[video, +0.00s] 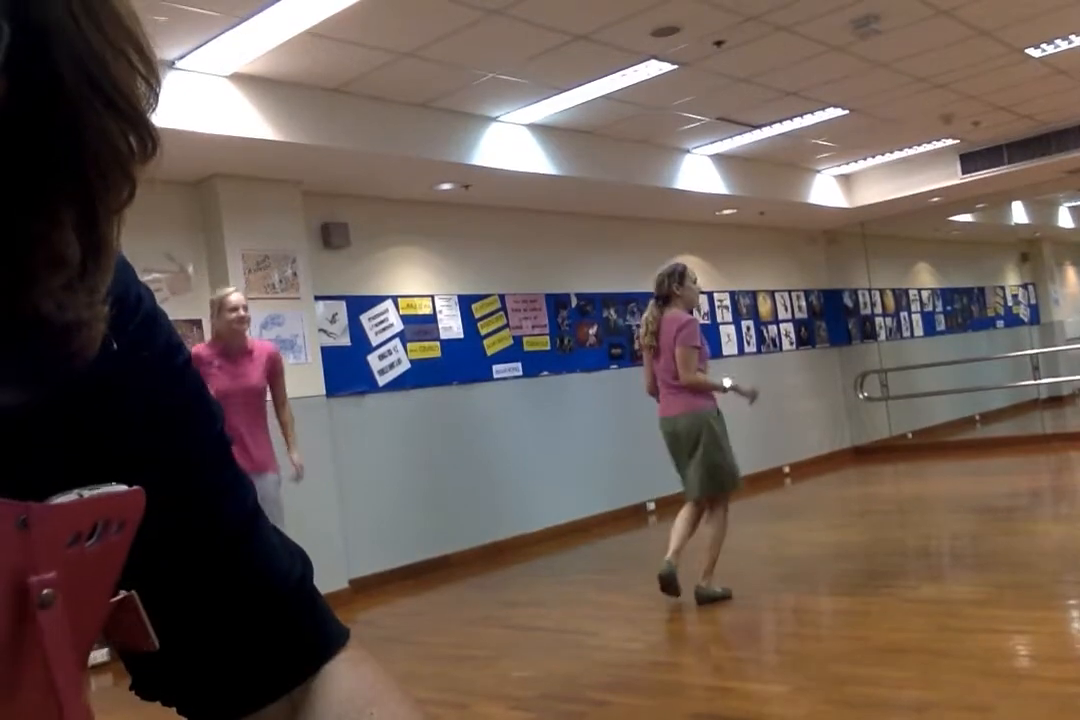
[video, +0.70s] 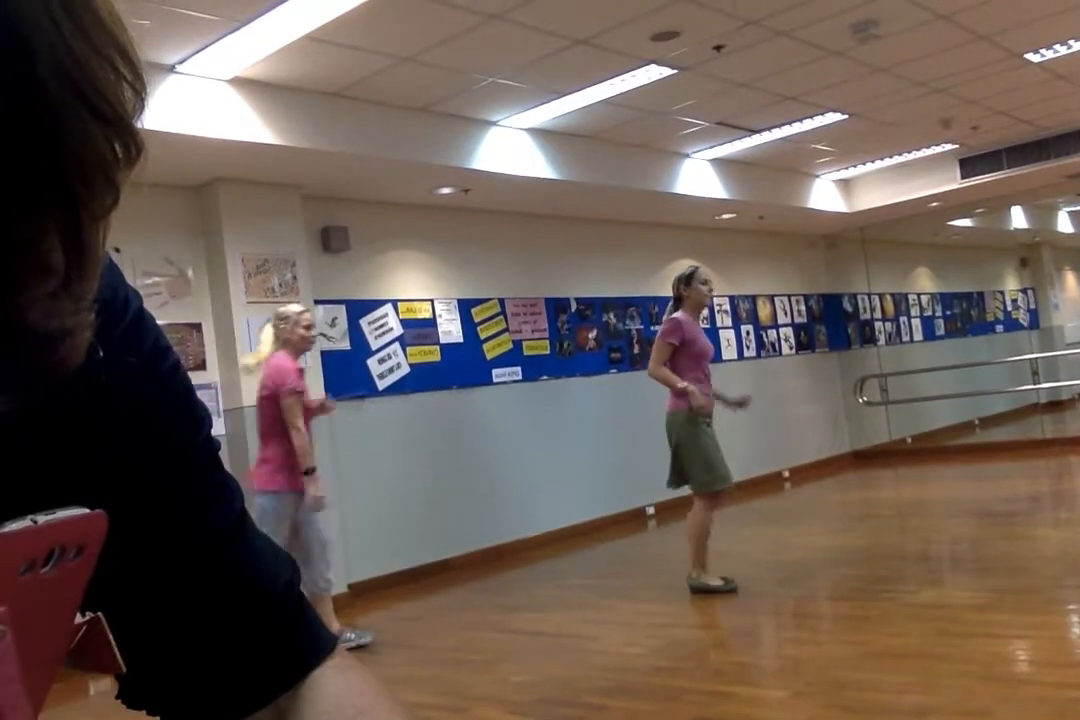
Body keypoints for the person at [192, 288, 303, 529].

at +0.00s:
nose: (241, 315)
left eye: (244, 308)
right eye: (233, 310)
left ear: (249, 313)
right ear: (216, 318)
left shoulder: (267, 353)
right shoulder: (199, 357)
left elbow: (281, 404)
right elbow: (194, 411)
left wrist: (292, 450)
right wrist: (201, 459)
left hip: (260, 460)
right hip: (220, 463)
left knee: (271, 536)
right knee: (230, 538)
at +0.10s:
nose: (246, 313)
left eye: (249, 307)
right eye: (237, 308)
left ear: (253, 311)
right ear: (220, 317)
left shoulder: (267, 351)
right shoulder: (202, 352)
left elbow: (281, 398)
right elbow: (192, 408)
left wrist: (287, 443)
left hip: (258, 454)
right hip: (219, 457)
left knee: (263, 530)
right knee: (226, 532)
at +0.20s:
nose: (248, 329)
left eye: (251, 322)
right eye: (239, 324)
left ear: (255, 326)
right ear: (222, 332)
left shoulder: (271, 370)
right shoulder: (205, 370)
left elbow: (279, 416)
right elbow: (198, 426)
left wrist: (289, 455)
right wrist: (209, 400)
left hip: (259, 476)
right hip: (221, 477)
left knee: (259, 547)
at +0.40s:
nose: (267, 339)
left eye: (268, 333)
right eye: (259, 333)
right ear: (236, 337)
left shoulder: (263, 378)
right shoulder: (221, 380)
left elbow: (261, 439)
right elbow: (233, 436)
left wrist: (278, 475)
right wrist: (266, 415)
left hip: (265, 487)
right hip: (237, 495)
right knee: (248, 563)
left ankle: (265, 571)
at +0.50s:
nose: (279, 334)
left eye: (280, 328)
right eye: (272, 329)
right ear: (250, 332)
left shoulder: (263, 370)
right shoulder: (238, 373)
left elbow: (259, 429)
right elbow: (260, 425)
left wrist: (272, 460)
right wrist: (307, 432)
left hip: (269, 478)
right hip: (246, 485)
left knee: (325, 519)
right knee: (246, 556)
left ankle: (280, 577)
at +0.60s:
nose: (295, 334)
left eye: (295, 328)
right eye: (288, 328)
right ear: (265, 331)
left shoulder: (269, 367)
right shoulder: (257, 367)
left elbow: (273, 426)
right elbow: (287, 422)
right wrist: (322, 460)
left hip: (279, 483)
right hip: (256, 487)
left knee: (325, 534)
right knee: (248, 561)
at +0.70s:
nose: (313, 333)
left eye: (312, 328)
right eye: (306, 328)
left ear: (295, 332)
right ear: (285, 330)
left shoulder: (280, 365)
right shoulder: (284, 367)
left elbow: (283, 417)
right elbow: (295, 427)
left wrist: (314, 409)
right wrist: (311, 476)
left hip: (291, 482)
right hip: (278, 484)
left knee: (314, 556)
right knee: (269, 564)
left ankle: (331, 629)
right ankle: (267, 643)